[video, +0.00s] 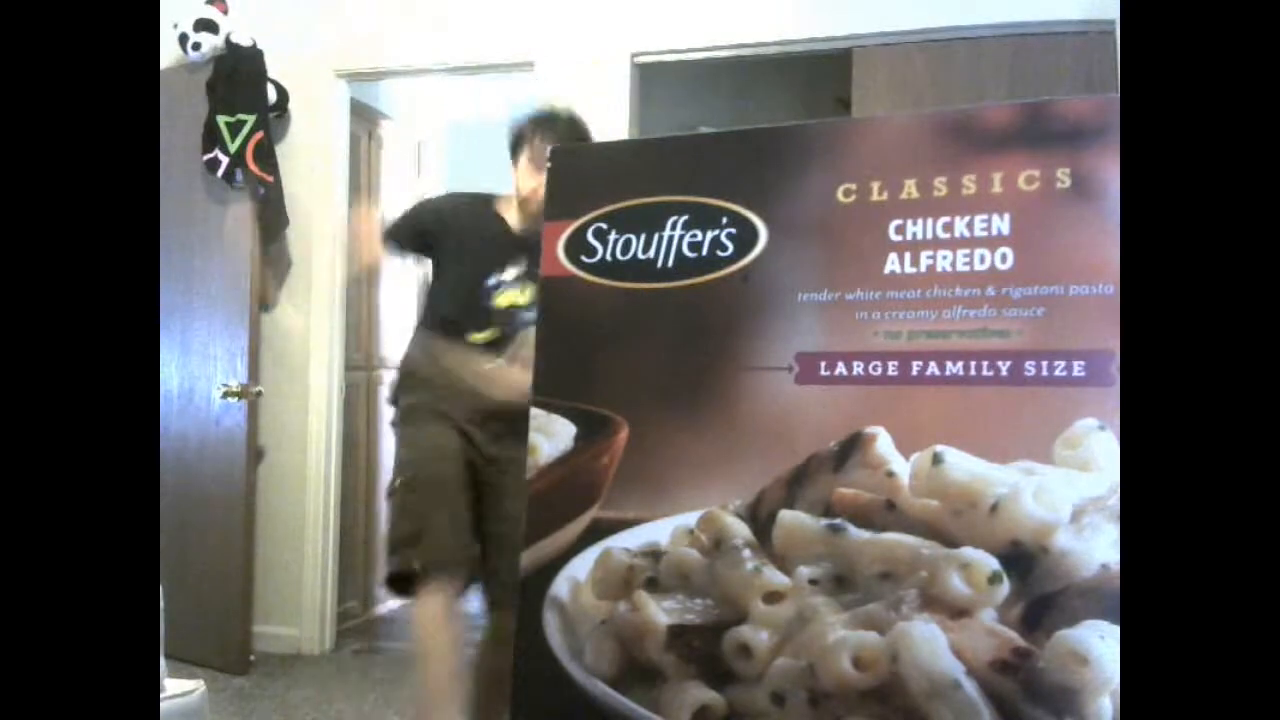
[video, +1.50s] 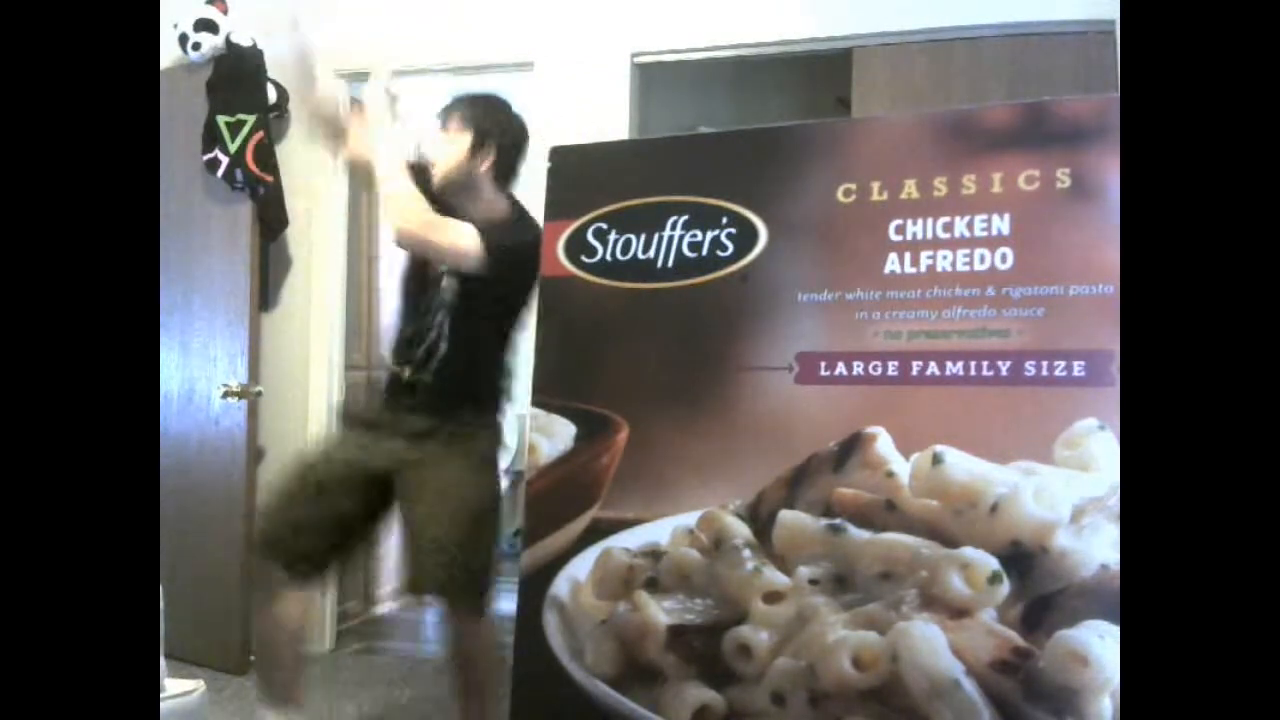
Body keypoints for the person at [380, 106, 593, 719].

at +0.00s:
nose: (545, 179)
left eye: (558, 167)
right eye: (536, 164)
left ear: (576, 175)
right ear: (515, 165)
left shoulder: (571, 245)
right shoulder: (459, 217)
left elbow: (590, 333)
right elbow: (374, 243)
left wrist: (532, 373)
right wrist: (367, 237)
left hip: (509, 419)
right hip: (434, 406)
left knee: (514, 582)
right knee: (441, 568)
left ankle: (499, 709)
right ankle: (443, 711)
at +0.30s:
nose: (480, 135)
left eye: (497, 124)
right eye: (481, 124)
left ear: (542, 139)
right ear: (485, 134)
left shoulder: (551, 227)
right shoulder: (487, 190)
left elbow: (455, 280)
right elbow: (445, 86)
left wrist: (393, 226)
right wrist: (456, 33)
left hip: (496, 418)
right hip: (416, 396)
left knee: (487, 586)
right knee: (354, 532)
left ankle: (478, 713)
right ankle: (344, 701)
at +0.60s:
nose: (489, 141)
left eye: (505, 129)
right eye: (491, 129)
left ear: (548, 145)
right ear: (491, 139)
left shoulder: (561, 238)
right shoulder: (475, 185)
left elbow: (471, 307)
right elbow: (395, 122)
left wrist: (394, 257)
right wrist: (398, 50)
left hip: (490, 429)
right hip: (412, 407)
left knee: (474, 603)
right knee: (335, 561)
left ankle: (477, 719)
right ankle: (325, 712)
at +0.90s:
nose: (456, 139)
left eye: (471, 128)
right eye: (463, 126)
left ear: (512, 144)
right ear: (496, 141)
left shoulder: (535, 236)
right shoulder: (464, 186)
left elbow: (430, 308)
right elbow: (400, 117)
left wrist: (383, 266)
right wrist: (388, 37)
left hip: (488, 434)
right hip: (408, 416)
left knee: (468, 607)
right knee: (340, 576)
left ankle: (474, 719)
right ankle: (330, 715)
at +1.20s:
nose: (436, 130)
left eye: (447, 116)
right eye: (442, 115)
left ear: (483, 123)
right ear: (487, 125)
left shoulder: (518, 204)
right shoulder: (467, 196)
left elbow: (431, 256)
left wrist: (353, 267)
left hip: (479, 418)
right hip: (413, 407)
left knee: (449, 596)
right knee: (364, 577)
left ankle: (472, 716)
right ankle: (337, 714)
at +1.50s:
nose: (432, 146)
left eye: (447, 136)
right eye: (437, 135)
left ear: (485, 152)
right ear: (470, 151)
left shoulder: (515, 235)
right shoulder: (438, 201)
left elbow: (420, 230)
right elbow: (370, 161)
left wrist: (372, 166)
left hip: (454, 438)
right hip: (382, 424)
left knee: (464, 599)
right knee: (284, 543)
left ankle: (477, 717)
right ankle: (281, 707)